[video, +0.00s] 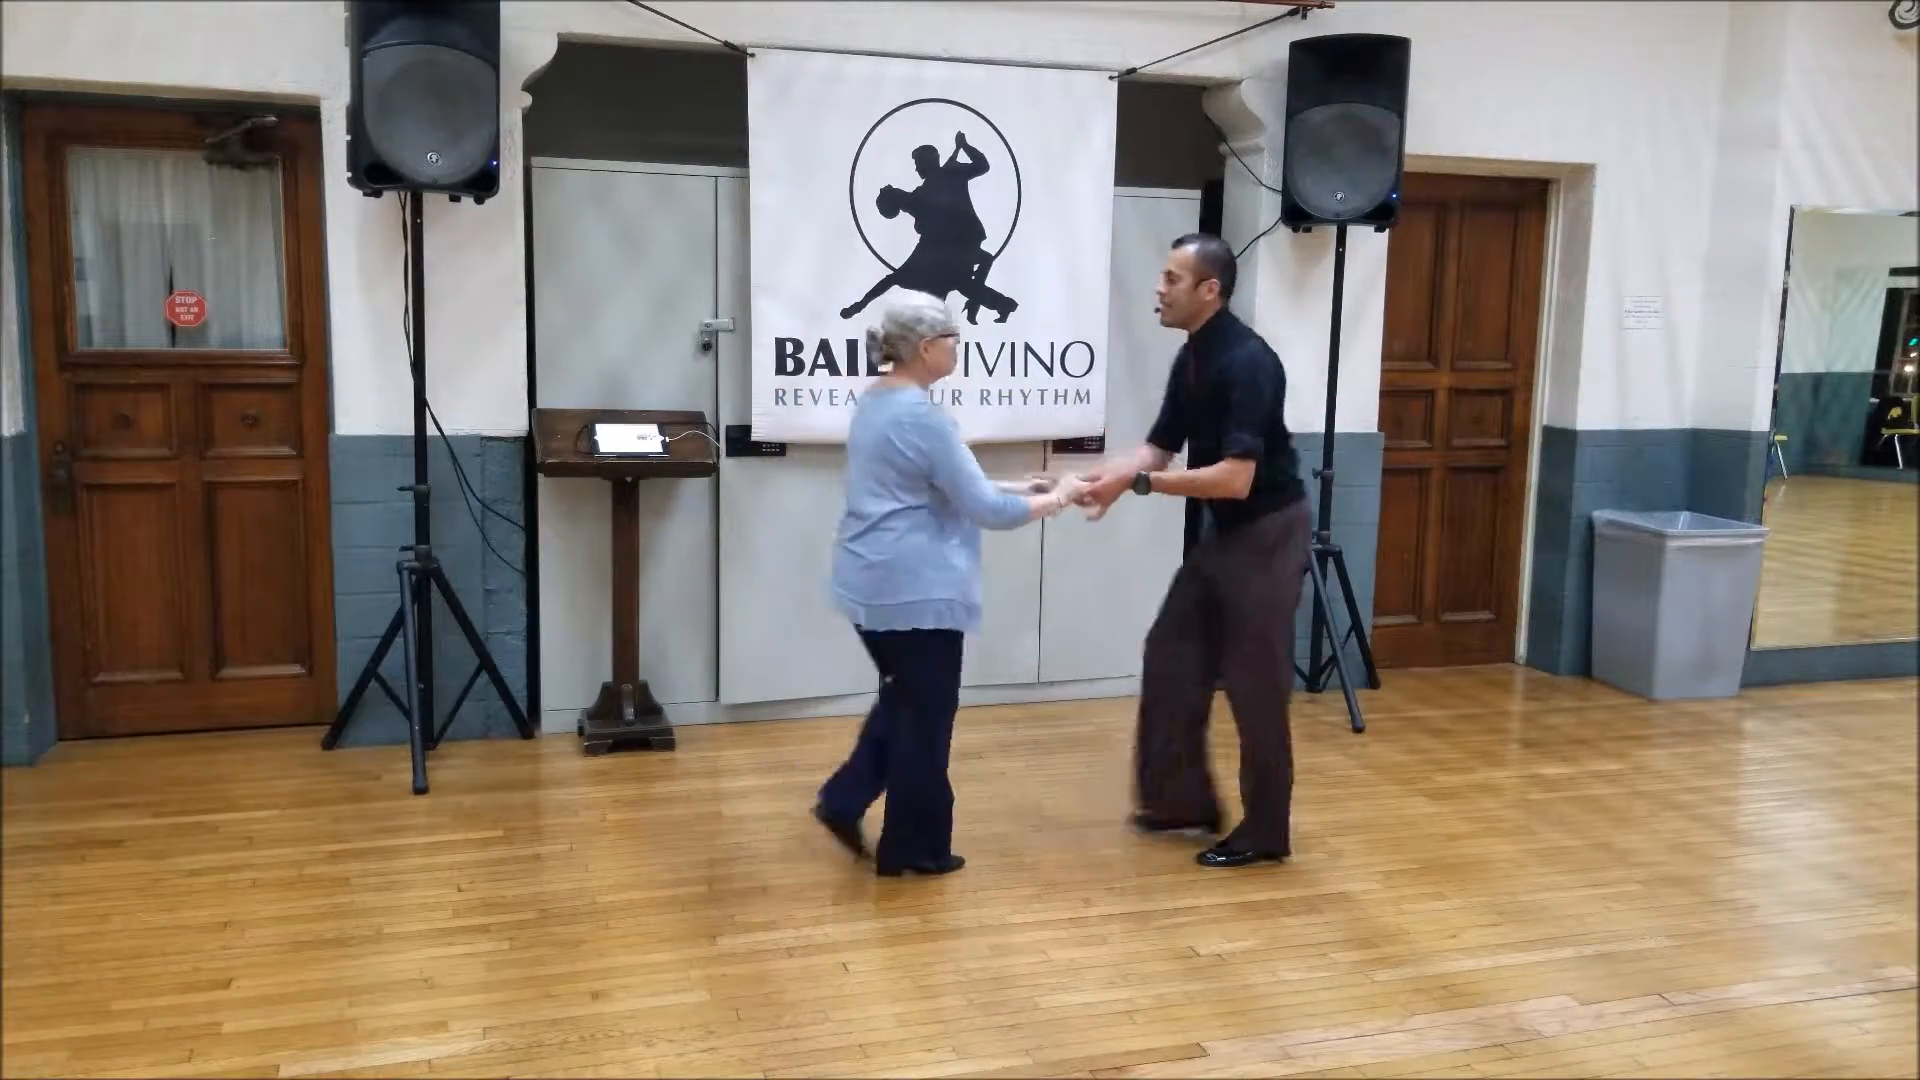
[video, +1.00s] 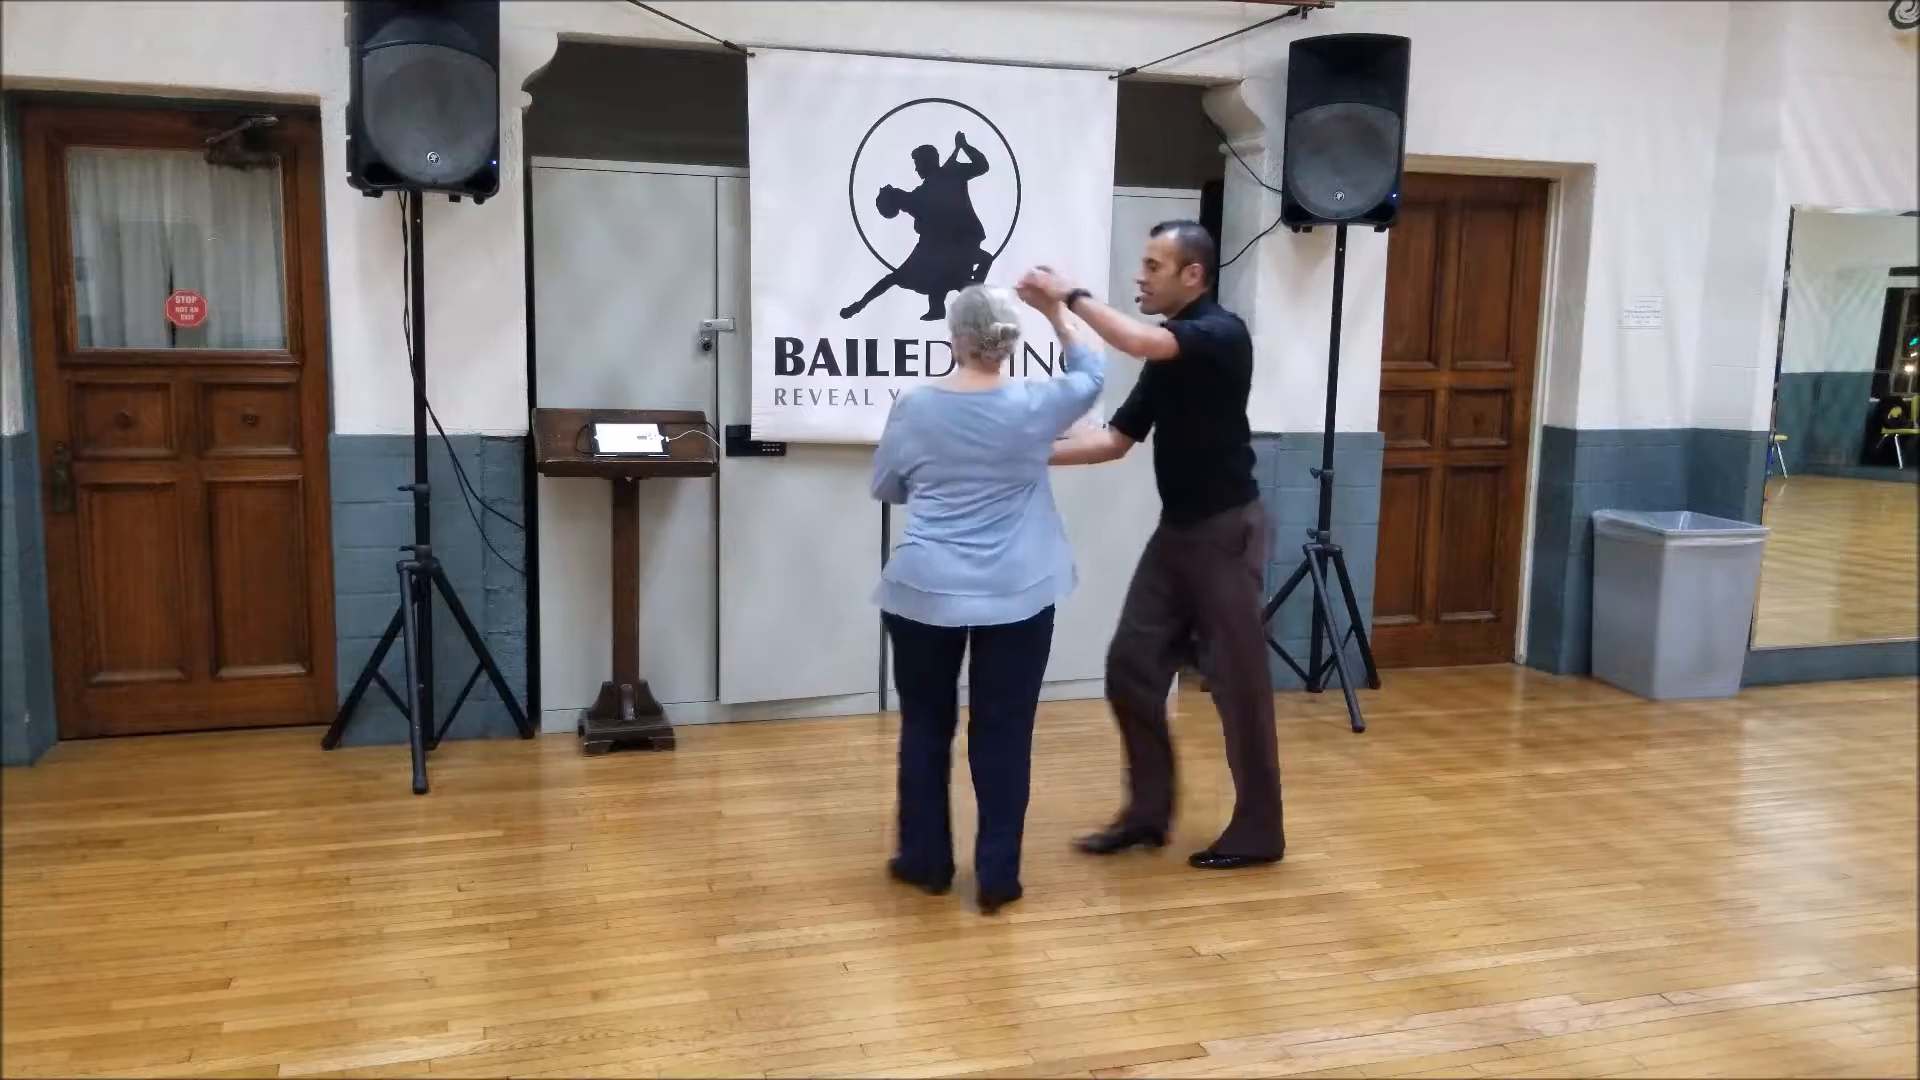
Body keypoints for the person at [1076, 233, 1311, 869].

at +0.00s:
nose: (1159, 289)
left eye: (1172, 280)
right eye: (1161, 278)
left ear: (1209, 289)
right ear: (1194, 289)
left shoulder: (1246, 361)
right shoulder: (1192, 355)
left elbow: (1236, 478)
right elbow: (1163, 447)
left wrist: (1147, 481)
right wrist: (1114, 481)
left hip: (1267, 535)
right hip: (1218, 533)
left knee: (1256, 680)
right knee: (1171, 658)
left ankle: (1266, 833)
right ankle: (1183, 804)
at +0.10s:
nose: (1168, 289)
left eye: (1180, 280)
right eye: (1170, 278)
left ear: (1216, 289)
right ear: (1204, 288)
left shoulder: (1251, 359)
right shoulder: (1208, 349)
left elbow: (1233, 478)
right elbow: (1187, 450)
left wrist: (1145, 483)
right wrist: (1122, 477)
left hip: (1276, 531)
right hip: (1236, 528)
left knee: (1256, 674)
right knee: (1194, 658)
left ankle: (1263, 833)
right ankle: (1240, 803)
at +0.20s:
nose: (1181, 287)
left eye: (1193, 278)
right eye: (1184, 275)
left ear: (1229, 288)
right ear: (1222, 287)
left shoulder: (1257, 356)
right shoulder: (1216, 343)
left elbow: (1231, 471)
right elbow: (1209, 447)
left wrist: (1132, 482)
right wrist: (1134, 458)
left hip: (1283, 527)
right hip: (1253, 523)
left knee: (1258, 680)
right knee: (1235, 674)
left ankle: (1262, 833)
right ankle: (1339, 787)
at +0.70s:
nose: (1191, 288)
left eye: (1203, 279)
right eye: (1194, 276)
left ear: (1242, 291)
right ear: (1225, 288)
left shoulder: (1272, 360)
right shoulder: (1214, 349)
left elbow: (1249, 459)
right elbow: (1197, 453)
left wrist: (1167, 408)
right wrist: (1119, 478)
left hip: (1261, 538)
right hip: (1229, 535)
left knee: (1224, 680)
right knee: (1275, 672)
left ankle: (1246, 833)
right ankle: (1359, 795)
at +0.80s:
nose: (1180, 282)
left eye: (1193, 272)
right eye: (1183, 270)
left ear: (1232, 282)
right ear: (1222, 281)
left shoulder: (1263, 350)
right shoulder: (1202, 353)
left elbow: (1226, 425)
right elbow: (1159, 451)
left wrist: (1146, 374)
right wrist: (1077, 469)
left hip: (1254, 534)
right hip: (1216, 532)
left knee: (1235, 679)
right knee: (1225, 673)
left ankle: (1246, 833)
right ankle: (1331, 778)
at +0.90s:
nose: (1161, 276)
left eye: (1174, 266)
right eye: (1164, 264)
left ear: (1215, 275)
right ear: (1196, 274)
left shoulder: (1243, 334)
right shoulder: (1186, 350)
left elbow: (1189, 378)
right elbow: (1131, 441)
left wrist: (1111, 330)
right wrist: (1050, 459)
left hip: (1246, 535)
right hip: (1201, 535)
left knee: (1240, 682)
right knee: (1168, 666)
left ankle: (1254, 833)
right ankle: (1254, 772)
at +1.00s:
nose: (1140, 277)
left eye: (1153, 267)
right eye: (1141, 266)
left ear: (1194, 275)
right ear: (1173, 273)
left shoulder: (1221, 331)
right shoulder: (1167, 346)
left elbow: (1144, 341)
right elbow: (1113, 439)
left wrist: (1070, 298)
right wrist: (1030, 451)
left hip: (1227, 531)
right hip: (1178, 532)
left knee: (1239, 680)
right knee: (1132, 668)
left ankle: (1258, 833)